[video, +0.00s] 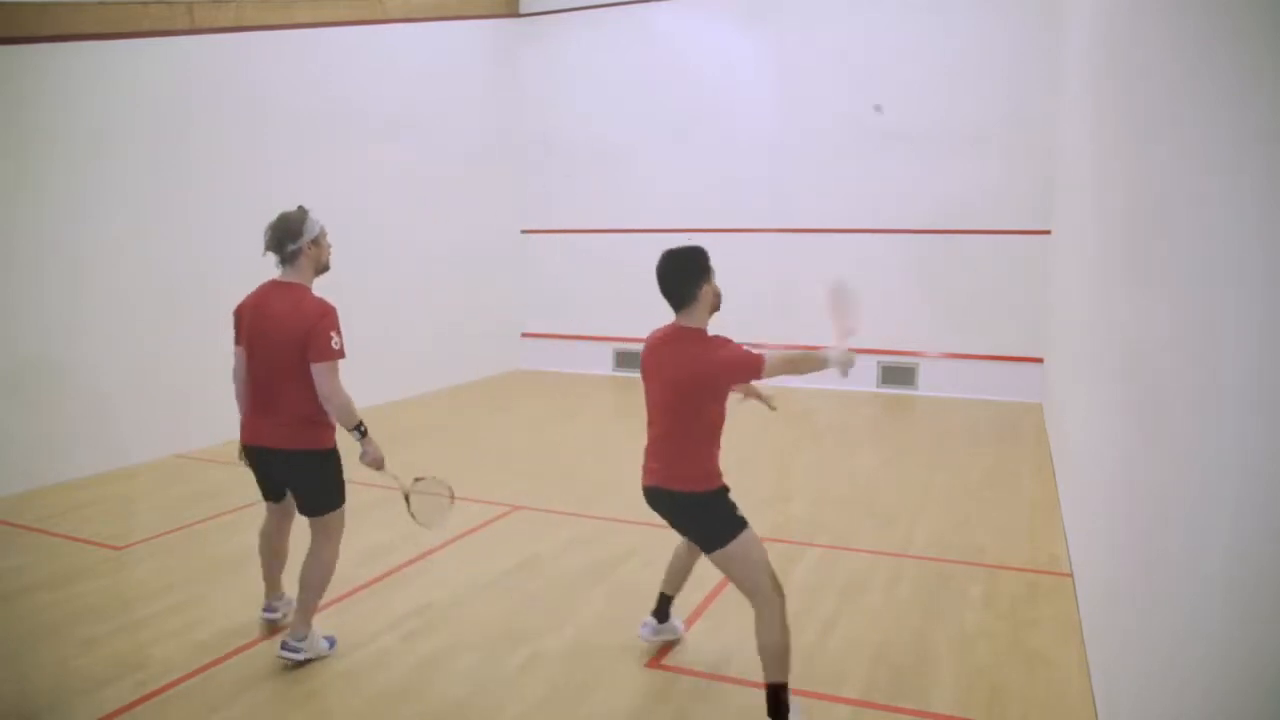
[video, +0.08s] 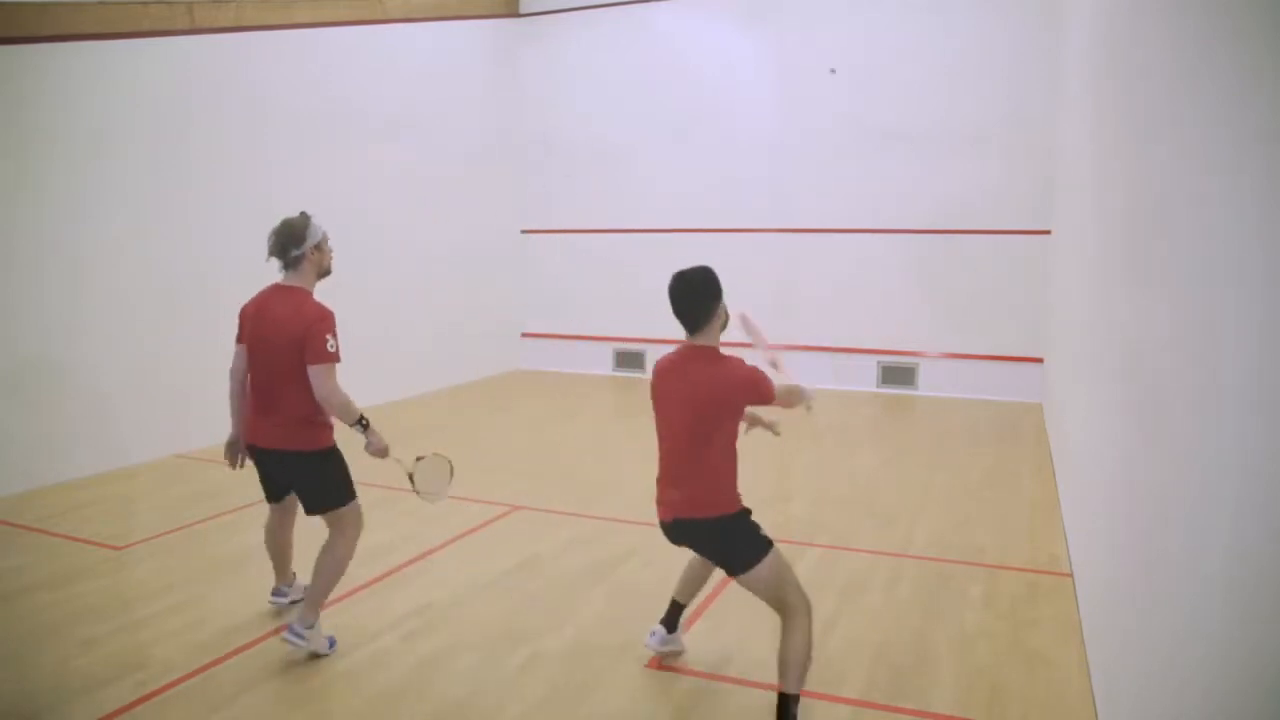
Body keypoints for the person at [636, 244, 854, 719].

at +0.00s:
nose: (717, 285)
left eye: (712, 277)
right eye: (713, 278)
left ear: (672, 293)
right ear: (704, 288)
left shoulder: (655, 344)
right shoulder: (715, 352)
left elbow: (693, 378)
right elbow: (782, 364)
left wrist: (742, 388)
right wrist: (831, 359)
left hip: (658, 487)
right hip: (698, 494)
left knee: (697, 533)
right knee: (768, 595)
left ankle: (659, 618)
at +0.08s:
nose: (725, 308)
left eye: (720, 301)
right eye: (722, 302)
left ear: (678, 315)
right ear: (720, 311)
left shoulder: (663, 369)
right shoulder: (730, 374)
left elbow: (697, 410)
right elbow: (791, 397)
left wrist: (748, 417)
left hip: (672, 514)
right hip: (716, 518)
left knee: (714, 544)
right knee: (796, 607)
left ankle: (666, 629)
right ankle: (788, 714)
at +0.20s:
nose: (717, 312)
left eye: (711, 306)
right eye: (715, 306)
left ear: (670, 317)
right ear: (714, 313)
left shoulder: (652, 379)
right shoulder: (734, 375)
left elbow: (667, 434)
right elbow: (781, 430)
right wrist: (766, 409)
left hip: (672, 522)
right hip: (724, 519)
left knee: (707, 559)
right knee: (795, 606)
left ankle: (673, 654)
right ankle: (788, 714)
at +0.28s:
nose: (697, 293)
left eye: (690, 286)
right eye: (696, 287)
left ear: (653, 299)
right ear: (695, 294)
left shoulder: (635, 357)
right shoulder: (716, 355)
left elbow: (614, 423)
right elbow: (764, 420)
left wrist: (647, 442)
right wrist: (758, 433)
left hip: (656, 497)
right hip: (707, 498)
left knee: (690, 556)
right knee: (761, 597)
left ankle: (668, 658)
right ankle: (780, 710)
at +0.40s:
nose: (661, 264)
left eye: (636, 257)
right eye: (663, 256)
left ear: (622, 264)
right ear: (666, 262)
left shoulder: (600, 320)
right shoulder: (686, 319)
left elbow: (558, 382)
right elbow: (733, 391)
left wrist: (581, 424)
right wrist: (724, 418)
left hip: (623, 461)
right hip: (671, 460)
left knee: (656, 552)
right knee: (702, 564)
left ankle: (665, 657)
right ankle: (698, 687)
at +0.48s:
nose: (634, 254)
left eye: (612, 247)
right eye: (640, 245)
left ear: (601, 254)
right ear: (644, 250)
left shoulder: (581, 306)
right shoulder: (668, 305)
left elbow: (541, 373)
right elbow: (703, 379)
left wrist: (557, 419)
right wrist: (692, 414)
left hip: (599, 453)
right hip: (649, 450)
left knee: (617, 545)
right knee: (660, 559)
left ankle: (632, 644)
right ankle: (628, 670)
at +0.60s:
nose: (593, 273)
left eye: (579, 266)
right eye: (605, 265)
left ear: (571, 270)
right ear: (613, 269)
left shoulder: (552, 325)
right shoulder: (636, 323)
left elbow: (524, 397)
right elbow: (665, 399)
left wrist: (529, 440)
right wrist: (645, 425)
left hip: (566, 465)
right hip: (619, 467)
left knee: (547, 544)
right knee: (609, 578)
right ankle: (597, 691)